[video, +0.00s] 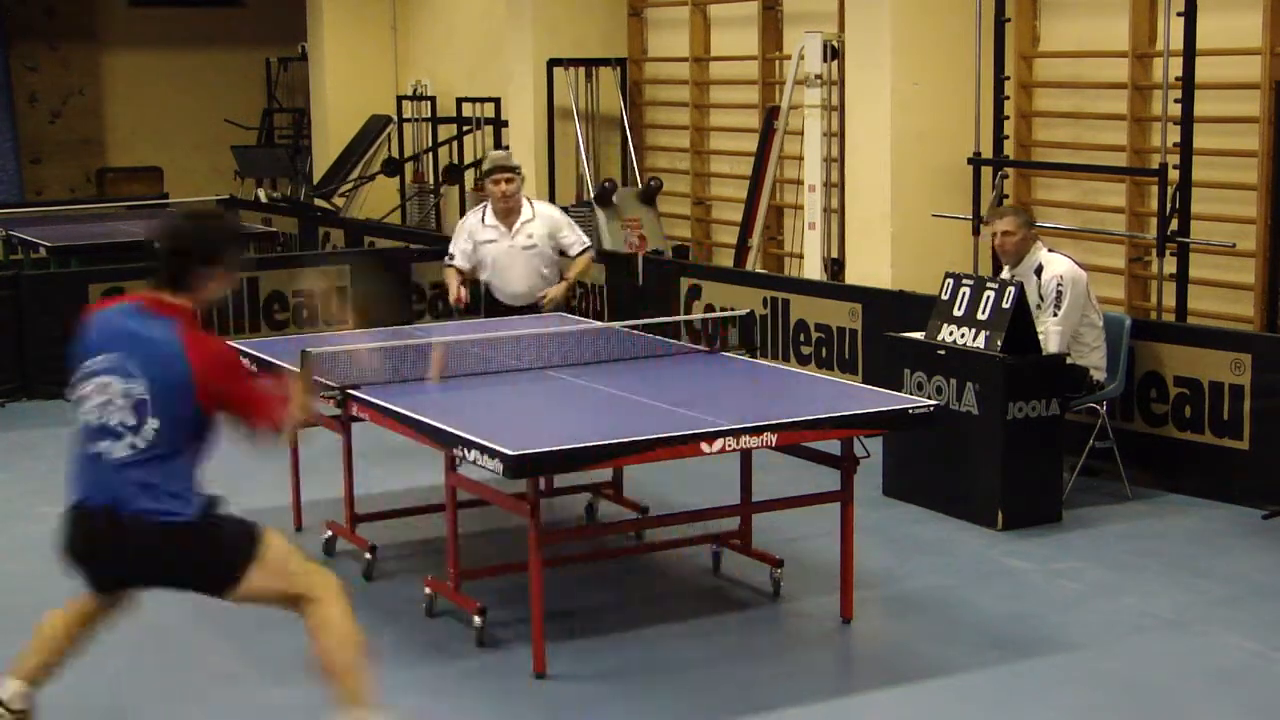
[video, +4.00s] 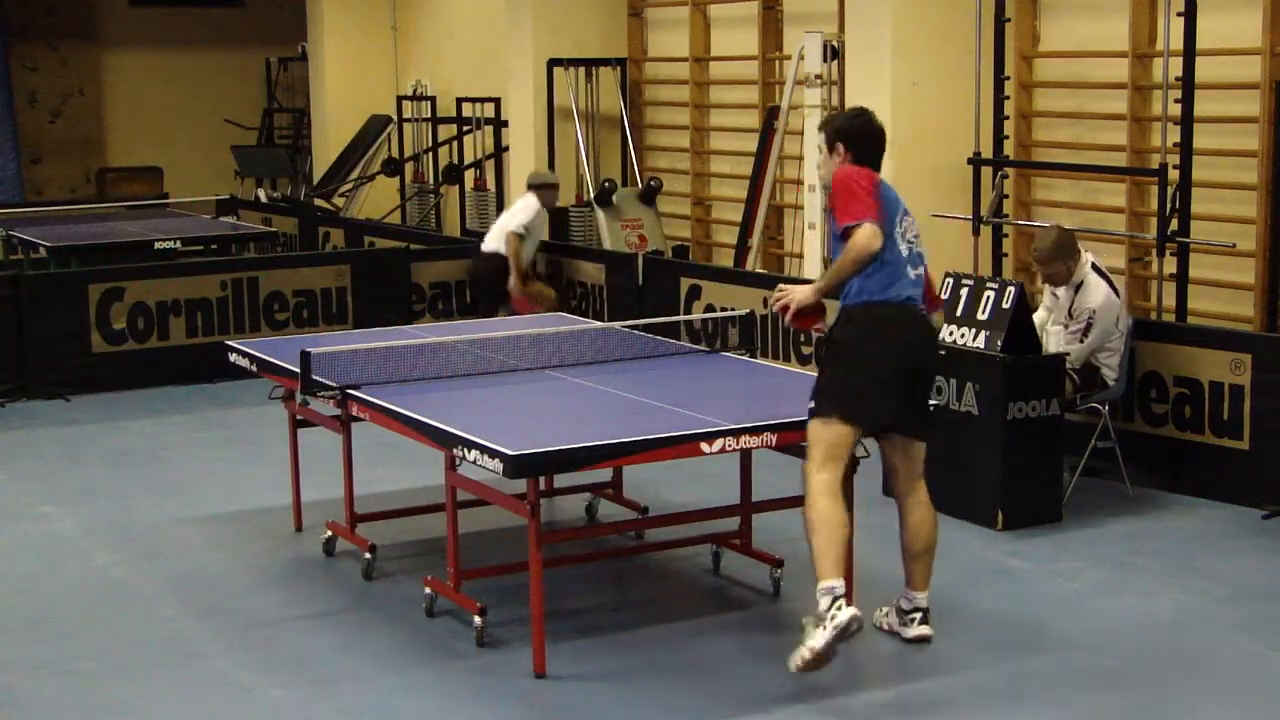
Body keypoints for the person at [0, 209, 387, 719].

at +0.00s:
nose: (230, 283)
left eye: (232, 271)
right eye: (228, 271)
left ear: (167, 262)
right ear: (207, 274)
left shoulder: (97, 320)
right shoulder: (197, 349)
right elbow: (278, 415)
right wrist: (299, 393)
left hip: (90, 530)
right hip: (169, 534)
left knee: (108, 596)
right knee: (318, 588)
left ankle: (14, 693)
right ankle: (361, 710)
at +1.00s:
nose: (244, 168)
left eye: (242, 156)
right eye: (245, 157)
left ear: (166, 151)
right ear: (233, 164)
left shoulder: (94, 237)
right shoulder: (221, 248)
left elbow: (55, 359)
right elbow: (249, 390)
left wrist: (133, 372)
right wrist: (290, 397)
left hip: (111, 474)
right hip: (201, 480)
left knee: (132, 656)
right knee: (258, 660)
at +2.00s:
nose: (709, 139)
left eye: (705, 124)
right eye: (699, 125)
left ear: (650, 137)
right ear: (662, 136)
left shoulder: (593, 228)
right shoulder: (666, 224)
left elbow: (579, 357)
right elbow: (702, 370)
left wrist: (667, 347)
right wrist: (732, 420)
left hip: (624, 446)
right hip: (679, 450)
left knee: (670, 614)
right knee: (739, 619)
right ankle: (658, 709)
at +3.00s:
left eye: (846, 117)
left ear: (839, 128)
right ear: (898, 126)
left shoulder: (812, 202)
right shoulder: (936, 202)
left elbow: (792, 303)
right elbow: (977, 306)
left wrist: (778, 317)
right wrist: (948, 349)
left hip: (840, 387)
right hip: (914, 387)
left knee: (862, 519)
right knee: (922, 510)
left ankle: (883, 660)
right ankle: (919, 614)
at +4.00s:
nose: (825, 160)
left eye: (827, 151)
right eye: (827, 151)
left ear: (840, 151)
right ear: (874, 153)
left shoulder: (848, 178)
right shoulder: (895, 201)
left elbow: (867, 239)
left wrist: (816, 290)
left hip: (867, 331)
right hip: (917, 336)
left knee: (824, 470)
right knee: (910, 484)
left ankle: (832, 603)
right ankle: (915, 610)